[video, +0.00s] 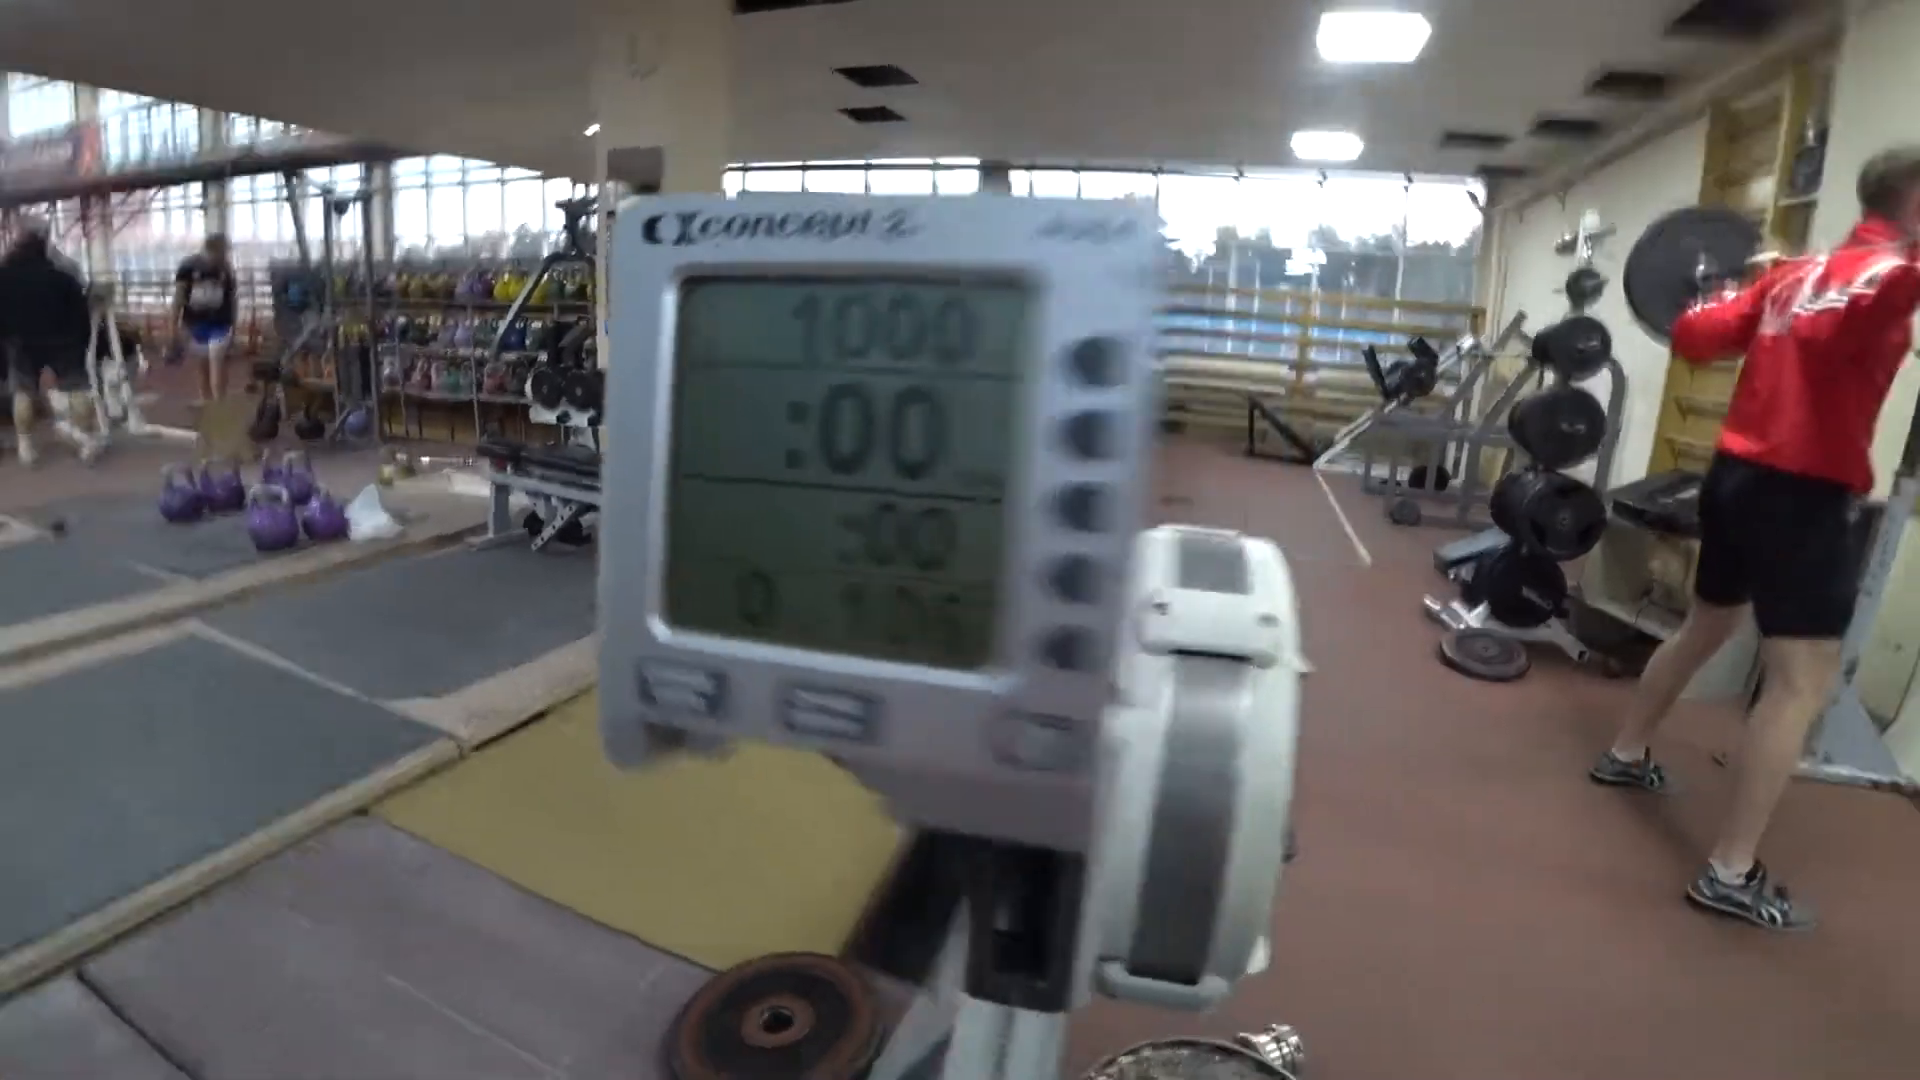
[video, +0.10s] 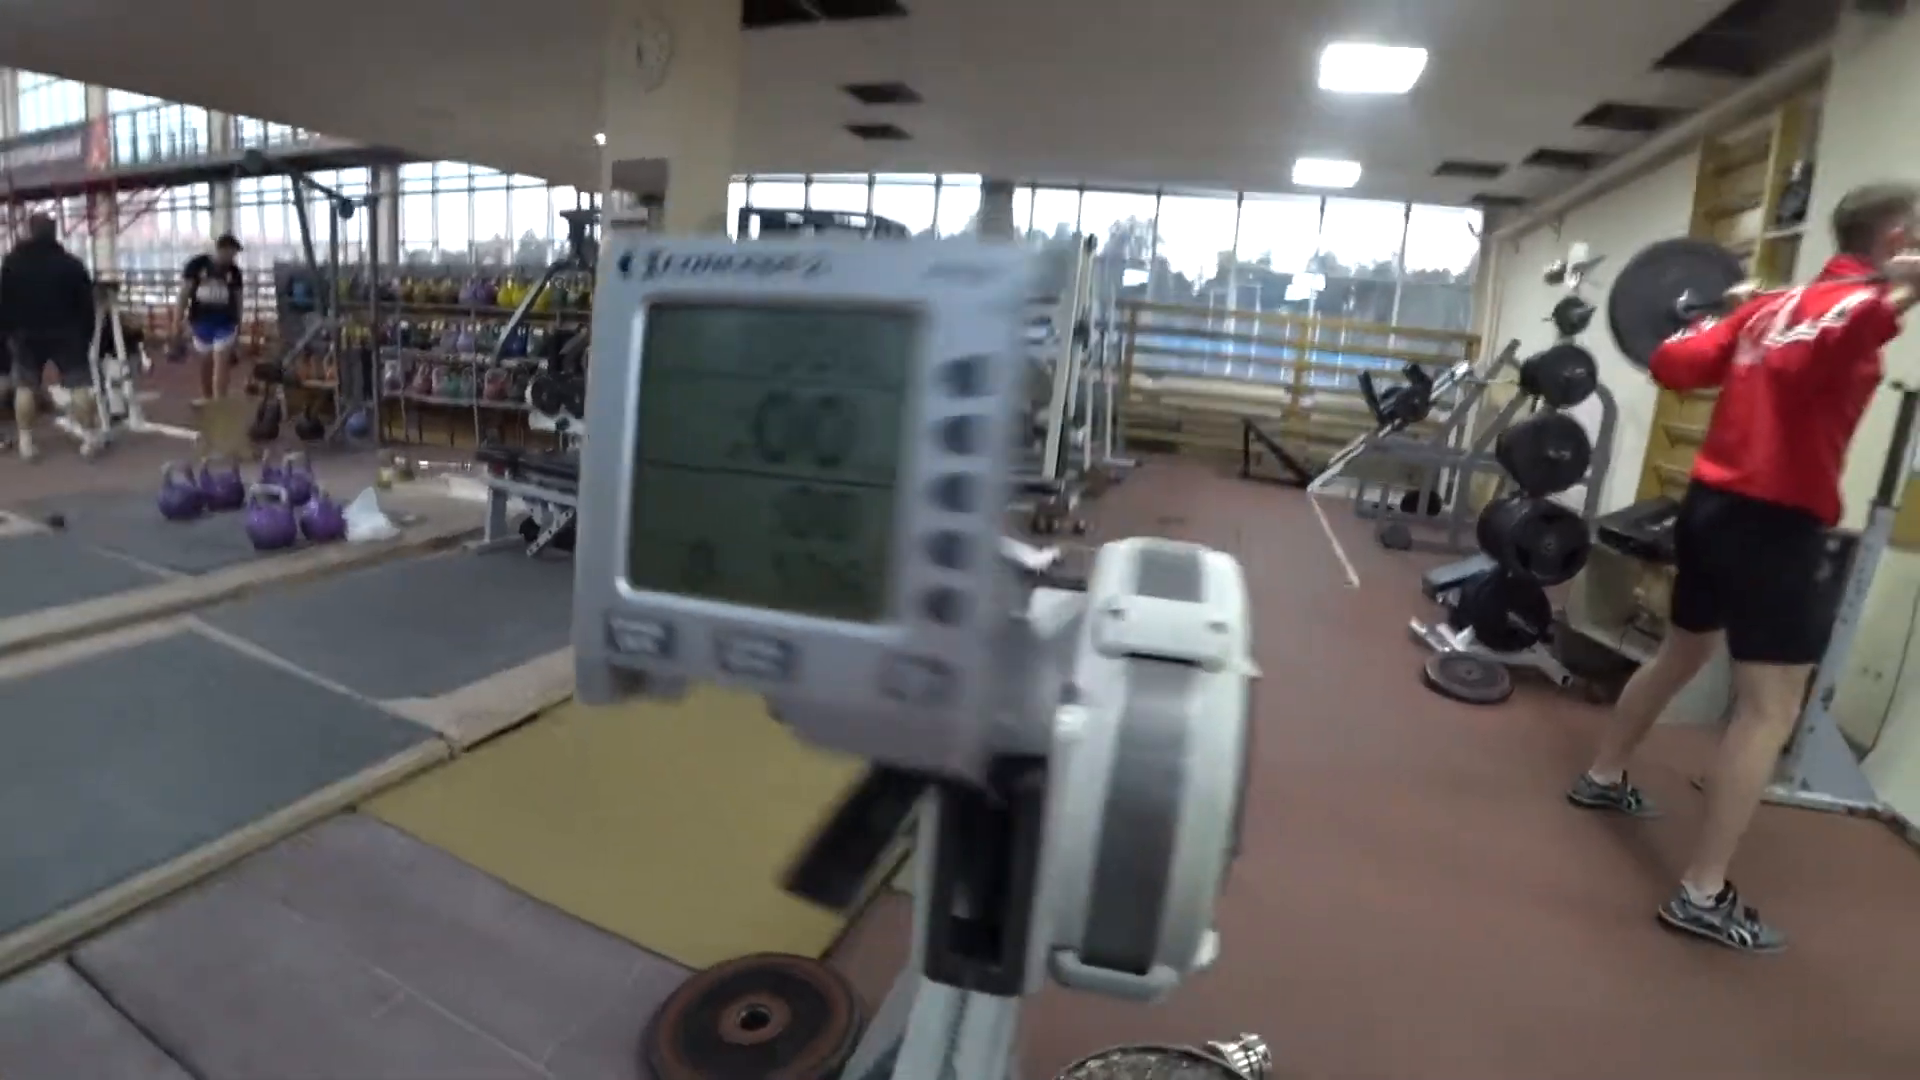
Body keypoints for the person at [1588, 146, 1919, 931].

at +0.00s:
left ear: (1862, 205)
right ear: (1913, 206)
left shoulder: (1791, 273)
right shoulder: (1898, 273)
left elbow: (1695, 331)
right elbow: (1873, 308)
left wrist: (1729, 288)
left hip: (1734, 475)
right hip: (1809, 492)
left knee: (1707, 624)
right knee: (1800, 684)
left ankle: (1625, 751)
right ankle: (1730, 871)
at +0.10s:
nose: (1915, 257)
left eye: (1915, 244)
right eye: (1914, 244)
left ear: (1843, 243)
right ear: (1895, 241)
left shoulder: (1767, 306)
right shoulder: (1870, 304)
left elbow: (1672, 360)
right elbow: (1842, 328)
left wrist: (1708, 322)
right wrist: (1897, 295)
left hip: (1709, 508)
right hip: (1781, 524)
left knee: (1678, 651)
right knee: (1765, 713)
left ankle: (1601, 773)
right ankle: (1702, 891)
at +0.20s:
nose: (1881, 299)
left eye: (1881, 285)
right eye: (1874, 285)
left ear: (1808, 286)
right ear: (1845, 287)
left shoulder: (1738, 351)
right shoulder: (1822, 343)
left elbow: (1651, 399)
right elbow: (1774, 387)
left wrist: (1699, 361)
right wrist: (1843, 351)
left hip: (1682, 547)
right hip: (1750, 560)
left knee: (1658, 686)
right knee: (1742, 745)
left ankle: (1584, 813)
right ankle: (1677, 932)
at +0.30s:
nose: (1856, 349)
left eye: (1857, 336)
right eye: (1848, 336)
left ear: (1781, 340)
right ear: (1816, 338)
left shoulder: (1716, 394)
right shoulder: (1802, 393)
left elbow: (1631, 446)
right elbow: (1766, 423)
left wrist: (1674, 404)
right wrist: (1825, 388)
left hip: (1664, 591)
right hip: (1728, 605)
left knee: (1652, 729)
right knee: (1733, 785)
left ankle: (1580, 851)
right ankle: (1671, 967)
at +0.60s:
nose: (1883, 502)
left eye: (1883, 492)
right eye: (1880, 491)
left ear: (1817, 495)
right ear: (1863, 495)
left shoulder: (1767, 546)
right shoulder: (1838, 556)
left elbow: (1676, 589)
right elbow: (1765, 605)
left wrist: (1737, 551)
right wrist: (1847, 561)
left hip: (1681, 723)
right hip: (1736, 742)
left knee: (1750, 851)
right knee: (1852, 917)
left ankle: (1653, 957)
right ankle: (1735, 1079)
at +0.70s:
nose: (1870, 540)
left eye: (1870, 528)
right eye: (1866, 528)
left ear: (1806, 536)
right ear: (1849, 534)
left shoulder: (1759, 583)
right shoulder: (1831, 598)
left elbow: (1672, 622)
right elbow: (1746, 644)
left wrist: (1732, 586)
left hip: (1666, 745)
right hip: (1721, 765)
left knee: (1752, 851)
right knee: (1826, 870)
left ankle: (1661, 957)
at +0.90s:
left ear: (1793, 584)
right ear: (1831, 600)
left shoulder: (1741, 623)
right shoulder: (1802, 646)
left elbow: (1661, 654)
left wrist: (1694, 635)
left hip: (1638, 768)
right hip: (1694, 793)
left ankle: (1582, 791)